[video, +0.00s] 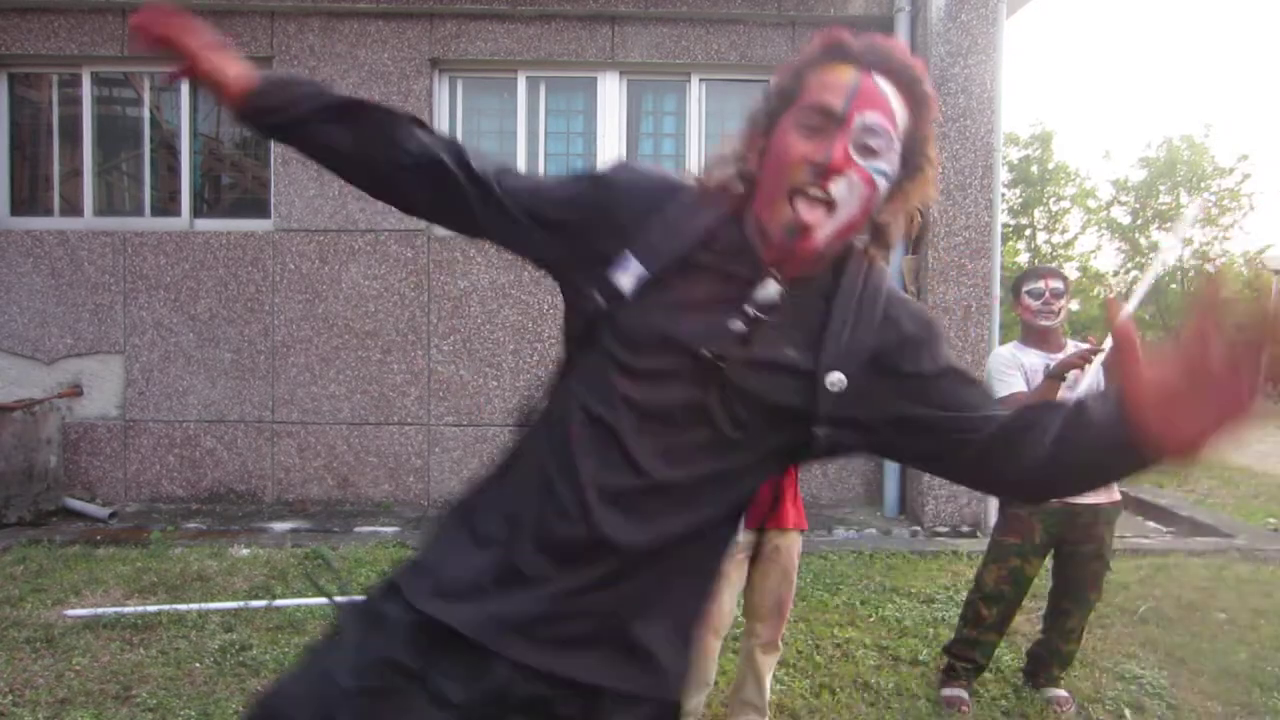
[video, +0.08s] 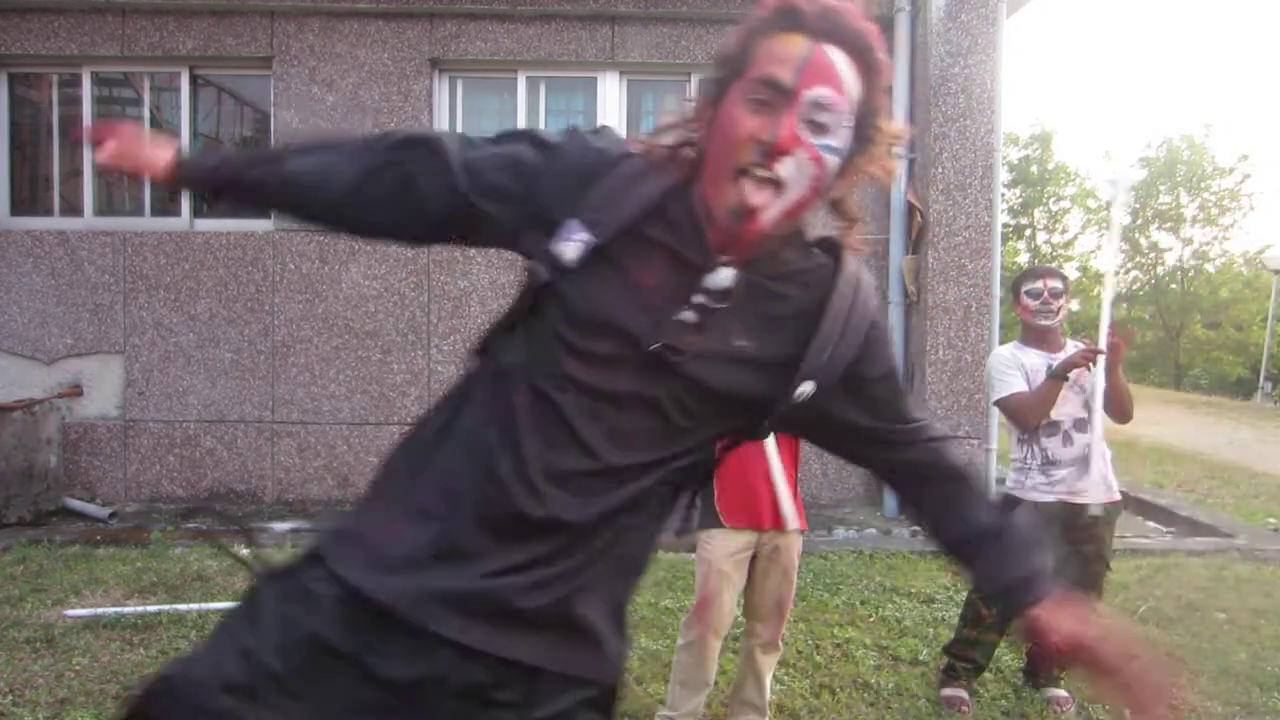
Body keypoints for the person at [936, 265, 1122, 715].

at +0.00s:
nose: (1048, 301)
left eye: (1056, 294)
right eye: (1036, 294)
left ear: (1069, 304)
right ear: (1018, 305)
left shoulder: (1096, 358)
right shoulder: (1006, 359)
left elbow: (1128, 403)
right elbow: (1020, 423)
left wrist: (1123, 344)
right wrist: (1057, 374)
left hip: (1095, 504)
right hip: (1030, 502)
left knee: (1076, 602)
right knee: (996, 592)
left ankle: (1045, 675)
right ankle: (958, 675)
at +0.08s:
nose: (1045, 299)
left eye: (1055, 293)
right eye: (1034, 293)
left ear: (1068, 304)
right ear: (1017, 305)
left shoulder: (1085, 355)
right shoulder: (1006, 358)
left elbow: (1121, 414)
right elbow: (1026, 418)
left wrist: (1114, 367)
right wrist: (1061, 370)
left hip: (1091, 499)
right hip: (1030, 499)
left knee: (1073, 598)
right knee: (999, 586)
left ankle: (1046, 675)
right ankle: (957, 676)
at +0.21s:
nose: (1045, 300)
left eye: (1054, 293)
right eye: (1033, 294)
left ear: (1067, 305)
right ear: (1016, 306)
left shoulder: (1085, 356)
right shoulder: (1006, 358)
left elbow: (1118, 417)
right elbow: (1026, 417)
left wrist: (1108, 363)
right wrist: (1064, 369)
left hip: (1095, 498)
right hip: (1034, 497)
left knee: (1079, 598)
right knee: (997, 588)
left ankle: (1046, 674)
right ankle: (958, 675)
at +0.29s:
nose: (1042, 301)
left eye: (1052, 294)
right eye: (1032, 295)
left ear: (1067, 306)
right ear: (1017, 306)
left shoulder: (1086, 358)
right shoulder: (1006, 358)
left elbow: (1115, 424)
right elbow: (1027, 417)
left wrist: (1104, 376)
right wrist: (1064, 370)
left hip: (1095, 499)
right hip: (1034, 497)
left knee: (1079, 598)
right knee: (997, 588)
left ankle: (1045, 673)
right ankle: (958, 675)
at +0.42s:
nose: (1046, 300)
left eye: (1055, 293)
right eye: (1035, 294)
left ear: (1069, 304)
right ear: (1018, 306)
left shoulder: (1095, 357)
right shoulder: (1008, 359)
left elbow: (1114, 426)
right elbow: (1027, 417)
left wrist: (1099, 394)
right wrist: (1066, 371)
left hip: (1095, 498)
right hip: (1033, 497)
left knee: (1079, 599)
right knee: (998, 589)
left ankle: (1046, 672)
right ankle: (958, 675)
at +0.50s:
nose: (1048, 301)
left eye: (1057, 294)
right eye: (1036, 295)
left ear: (1071, 304)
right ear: (1020, 306)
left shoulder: (1095, 358)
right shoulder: (1009, 356)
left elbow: (1115, 427)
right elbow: (1021, 412)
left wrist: (1099, 400)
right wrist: (1071, 370)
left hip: (1095, 498)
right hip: (1033, 495)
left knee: (1079, 598)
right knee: (999, 587)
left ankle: (1046, 672)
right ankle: (958, 675)